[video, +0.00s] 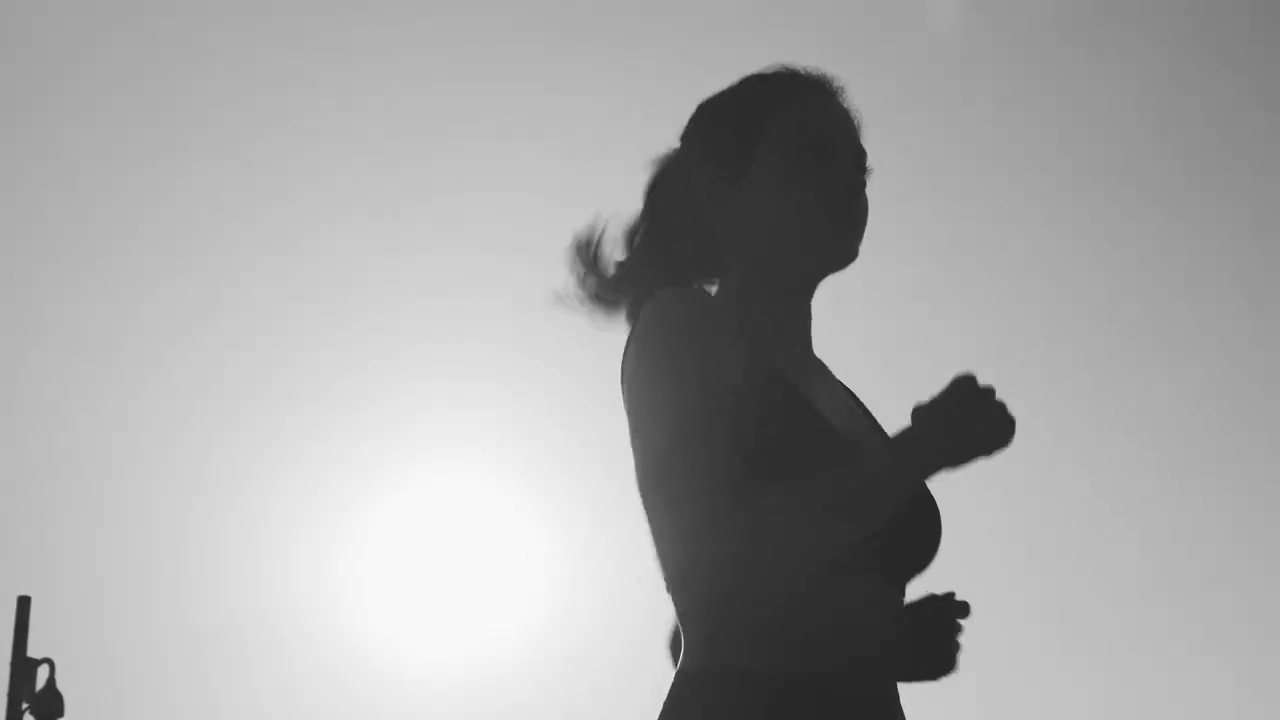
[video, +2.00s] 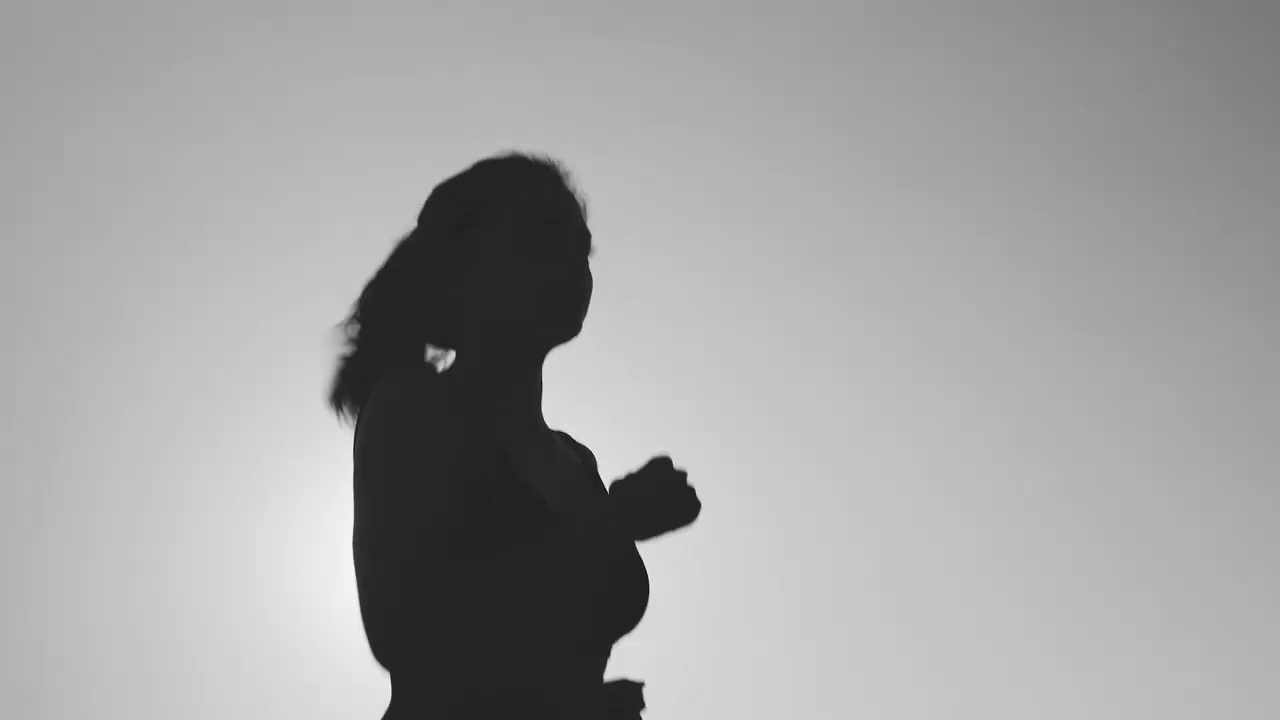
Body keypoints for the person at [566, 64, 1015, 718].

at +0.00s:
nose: (853, 184)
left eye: (859, 166)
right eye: (817, 160)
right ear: (724, 187)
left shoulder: (815, 380)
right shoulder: (682, 326)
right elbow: (710, 570)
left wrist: (891, 639)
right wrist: (920, 449)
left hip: (860, 701)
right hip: (745, 695)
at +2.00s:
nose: (583, 266)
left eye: (584, 247)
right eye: (556, 244)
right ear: (482, 260)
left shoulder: (572, 459)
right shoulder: (412, 413)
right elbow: (404, 633)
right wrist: (608, 518)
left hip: (568, 707)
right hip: (447, 706)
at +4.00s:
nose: (563, 292)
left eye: (563, 268)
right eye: (540, 264)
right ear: (463, 273)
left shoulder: (540, 472)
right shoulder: (390, 405)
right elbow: (346, 609)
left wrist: (577, 697)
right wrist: (574, 529)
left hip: (531, 708)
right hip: (423, 705)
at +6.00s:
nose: (749, 278)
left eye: (743, 260)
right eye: (717, 259)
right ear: (634, 279)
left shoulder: (685, 430)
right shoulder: (593, 394)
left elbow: (569, 660)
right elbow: (609, 603)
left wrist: (764, 684)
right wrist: (783, 507)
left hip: (722, 708)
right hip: (653, 706)